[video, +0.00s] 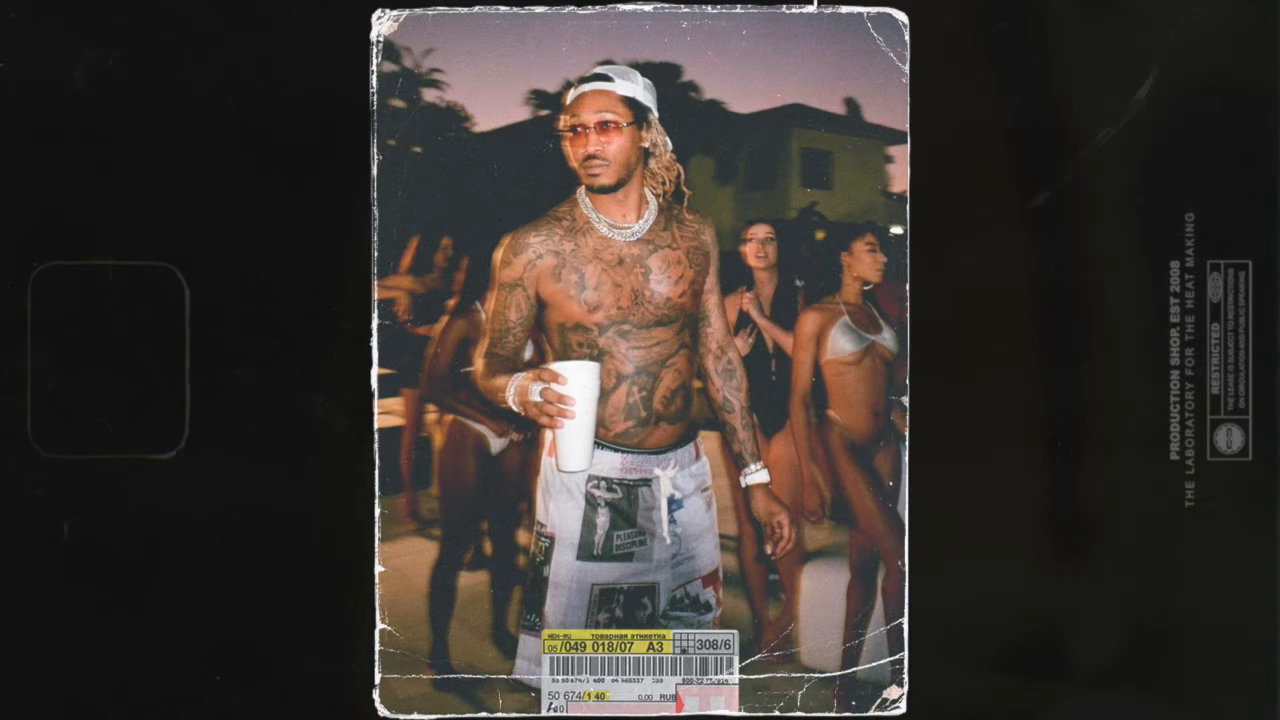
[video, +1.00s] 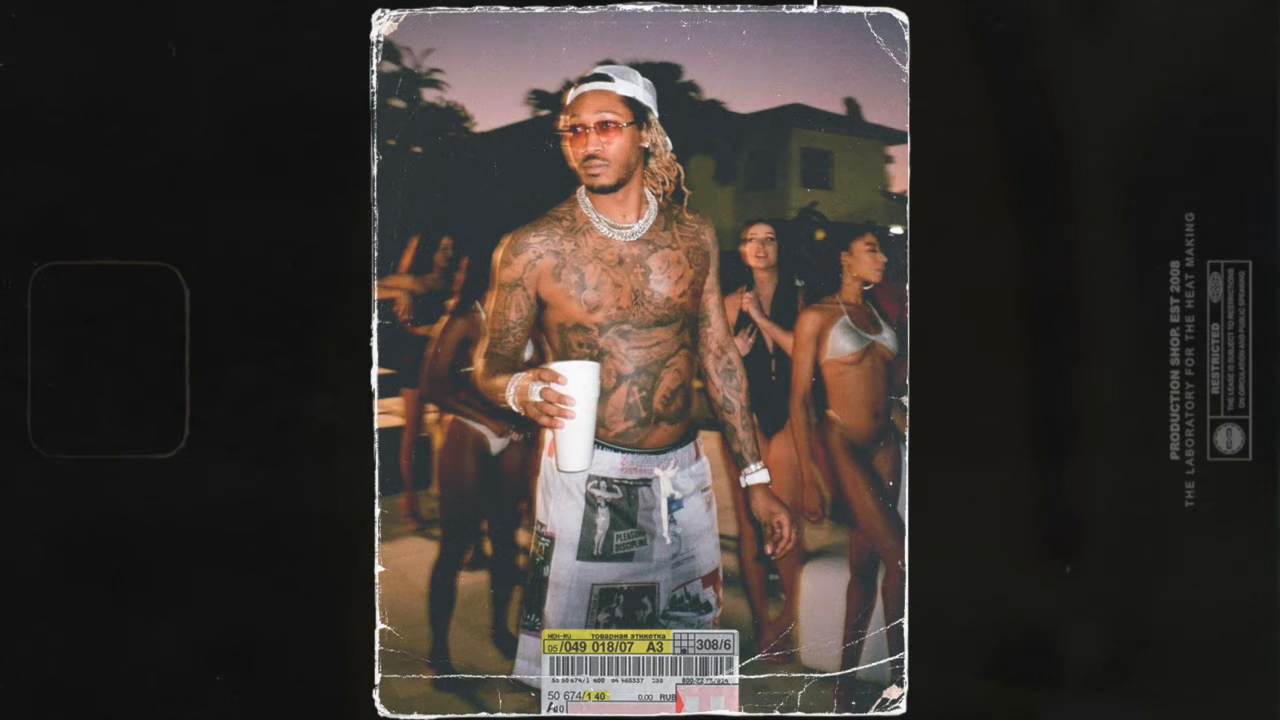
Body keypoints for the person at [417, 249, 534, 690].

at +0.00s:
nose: (517, 287)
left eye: (524, 280)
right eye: (510, 278)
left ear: (532, 288)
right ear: (495, 278)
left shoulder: (531, 333)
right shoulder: (466, 322)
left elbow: (542, 385)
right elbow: (435, 386)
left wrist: (530, 421)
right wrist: (490, 422)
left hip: (513, 445)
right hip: (465, 440)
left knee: (505, 540)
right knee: (456, 543)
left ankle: (502, 628)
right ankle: (439, 651)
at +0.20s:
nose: (514, 291)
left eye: (522, 284)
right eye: (508, 281)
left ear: (531, 292)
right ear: (493, 281)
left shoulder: (531, 334)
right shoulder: (465, 323)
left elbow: (543, 387)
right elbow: (435, 387)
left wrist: (529, 422)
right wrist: (490, 422)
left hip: (513, 446)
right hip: (465, 442)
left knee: (505, 541)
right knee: (456, 544)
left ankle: (501, 628)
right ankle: (439, 651)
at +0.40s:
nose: (514, 291)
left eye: (522, 284)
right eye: (508, 281)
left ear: (531, 292)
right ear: (493, 281)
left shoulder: (531, 334)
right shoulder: (465, 323)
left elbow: (543, 387)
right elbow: (435, 387)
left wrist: (529, 422)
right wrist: (490, 422)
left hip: (513, 446)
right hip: (465, 442)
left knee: (505, 541)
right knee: (456, 544)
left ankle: (501, 628)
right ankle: (439, 651)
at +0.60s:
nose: (513, 293)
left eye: (521, 286)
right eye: (508, 283)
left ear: (530, 293)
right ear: (493, 282)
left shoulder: (531, 335)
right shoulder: (465, 324)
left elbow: (543, 387)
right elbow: (435, 387)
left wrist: (529, 422)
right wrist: (490, 422)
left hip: (514, 446)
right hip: (465, 442)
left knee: (505, 540)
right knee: (456, 544)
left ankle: (501, 628)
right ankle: (439, 651)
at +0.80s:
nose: (515, 288)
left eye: (521, 280)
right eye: (508, 278)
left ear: (530, 289)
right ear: (493, 279)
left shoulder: (529, 332)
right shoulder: (464, 324)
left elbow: (543, 383)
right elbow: (435, 387)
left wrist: (530, 419)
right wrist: (491, 422)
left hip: (513, 447)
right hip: (465, 443)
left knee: (505, 542)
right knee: (455, 545)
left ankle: (501, 628)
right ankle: (439, 652)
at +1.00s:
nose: (515, 285)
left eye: (522, 277)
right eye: (509, 275)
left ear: (530, 287)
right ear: (493, 276)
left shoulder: (530, 331)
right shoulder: (464, 323)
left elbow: (543, 383)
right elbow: (435, 387)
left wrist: (529, 419)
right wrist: (491, 422)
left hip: (514, 446)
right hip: (465, 443)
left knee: (505, 542)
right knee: (456, 544)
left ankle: (501, 629)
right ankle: (439, 651)